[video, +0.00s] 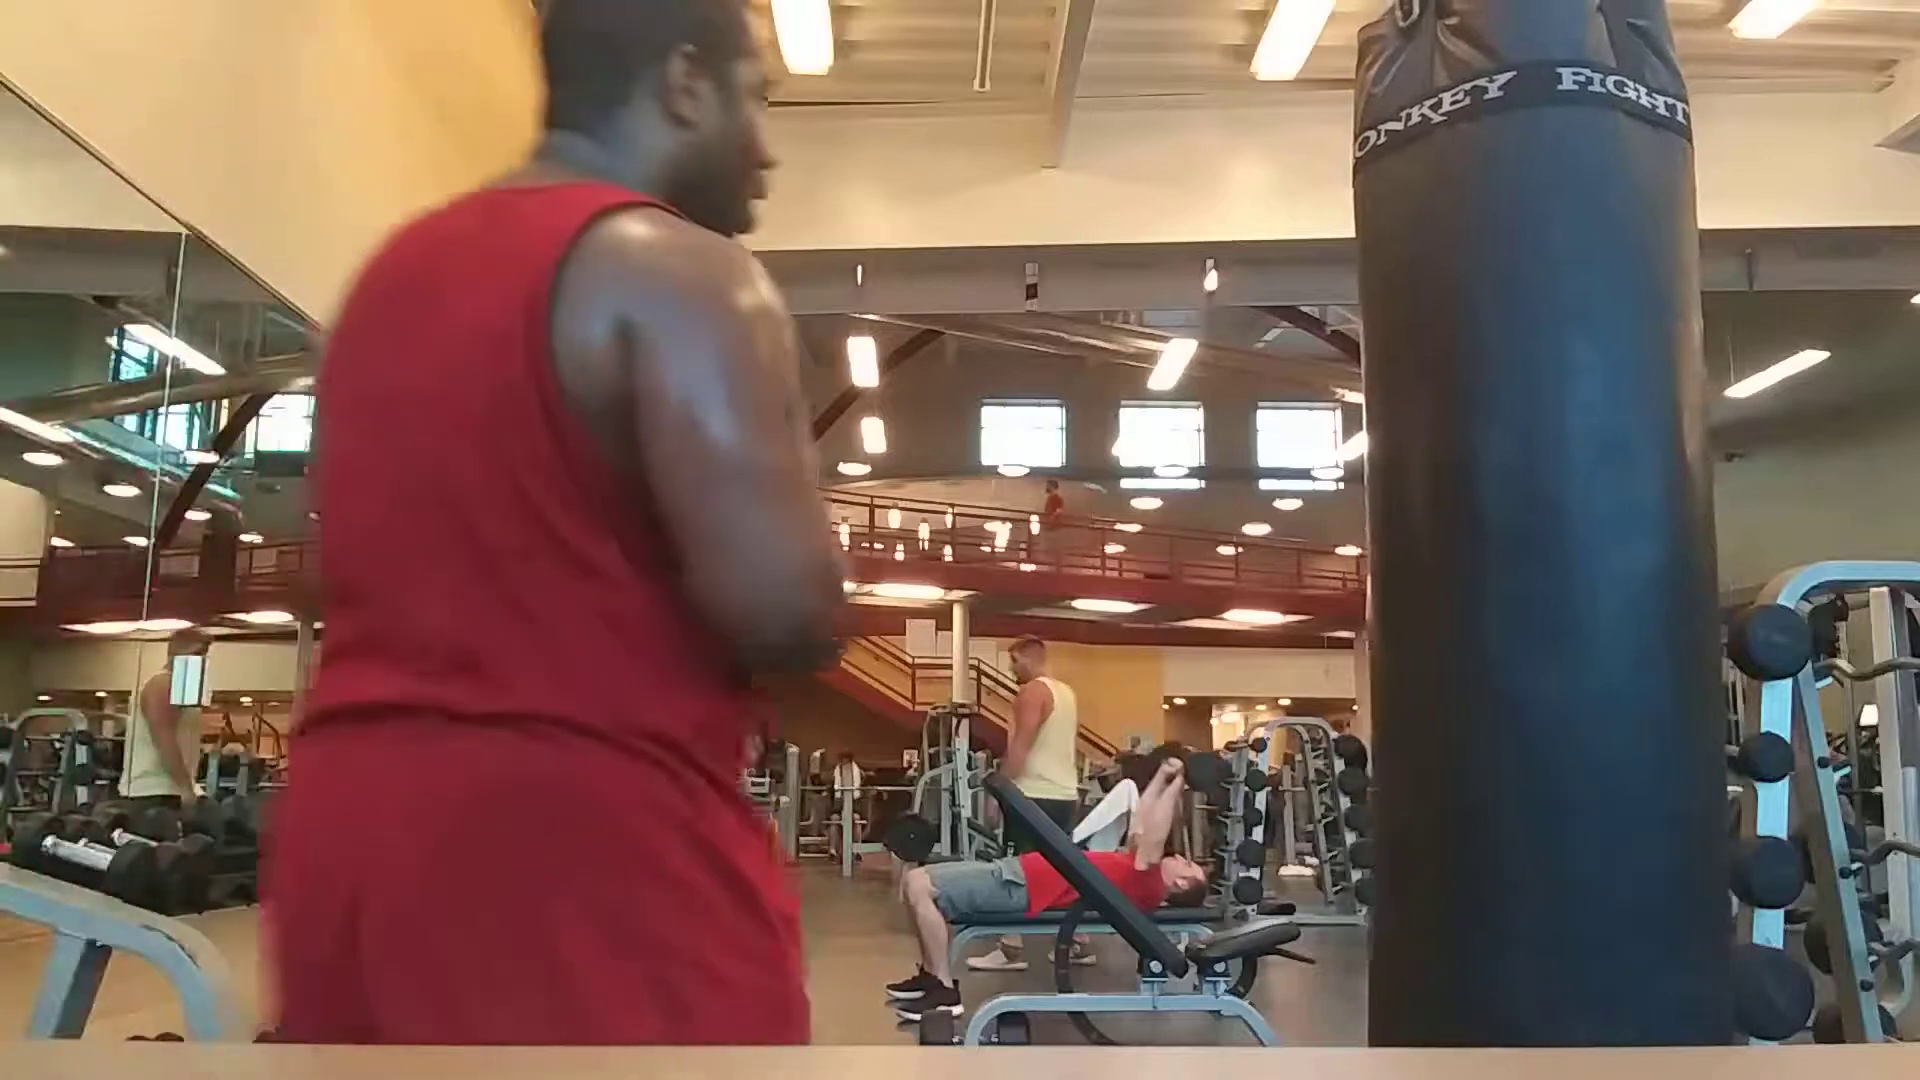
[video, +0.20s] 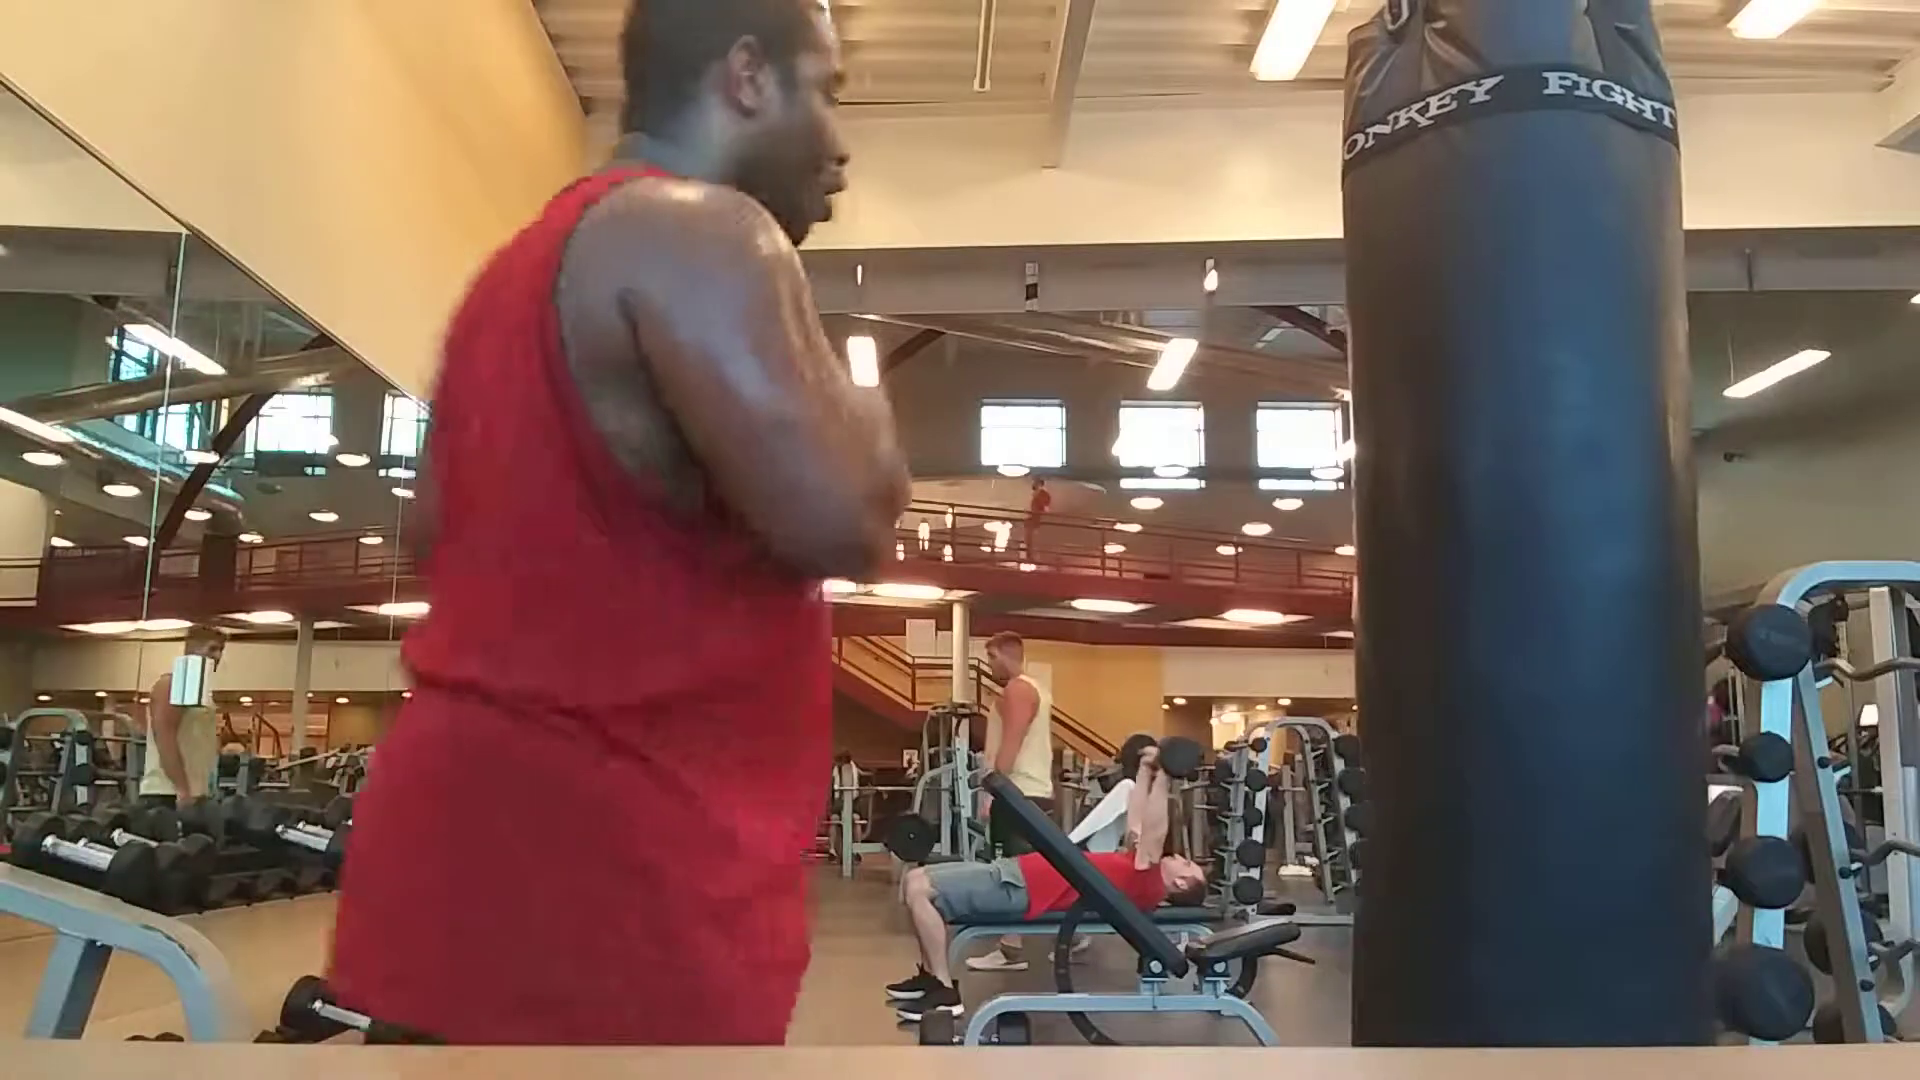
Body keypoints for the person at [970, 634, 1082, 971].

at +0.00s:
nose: (1013, 668)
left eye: (1014, 662)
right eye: (1012, 662)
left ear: (1027, 658)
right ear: (1041, 657)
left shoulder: (1032, 691)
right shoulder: (1066, 692)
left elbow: (1019, 749)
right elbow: (1067, 747)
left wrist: (999, 789)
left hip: (1031, 798)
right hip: (1064, 799)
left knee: (1018, 870)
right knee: (1066, 869)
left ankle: (1010, 945)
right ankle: (1078, 940)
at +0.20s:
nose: (989, 666)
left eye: (991, 659)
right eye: (988, 659)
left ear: (1007, 656)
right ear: (1016, 656)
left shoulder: (1018, 690)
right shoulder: (1030, 688)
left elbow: (1012, 743)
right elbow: (1019, 742)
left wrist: (992, 789)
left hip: (1017, 795)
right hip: (1034, 794)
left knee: (1011, 868)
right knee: (1045, 866)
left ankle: (1011, 946)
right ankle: (1074, 930)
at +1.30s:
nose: (877, 661)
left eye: (883, 655)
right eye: (877, 656)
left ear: (902, 657)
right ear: (882, 660)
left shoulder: (922, 689)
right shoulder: (879, 697)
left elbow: (936, 744)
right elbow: (872, 740)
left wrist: (911, 791)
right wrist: (854, 766)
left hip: (916, 798)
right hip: (884, 799)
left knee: (900, 876)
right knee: (893, 877)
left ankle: (904, 948)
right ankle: (910, 945)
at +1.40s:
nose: (871, 661)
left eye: (876, 654)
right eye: (868, 655)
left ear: (896, 653)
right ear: (869, 658)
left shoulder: (917, 693)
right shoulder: (871, 694)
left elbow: (929, 748)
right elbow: (855, 744)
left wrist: (906, 794)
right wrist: (831, 786)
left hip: (907, 803)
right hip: (876, 803)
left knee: (886, 880)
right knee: (897, 882)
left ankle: (875, 954)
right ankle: (910, 949)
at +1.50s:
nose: (863, 661)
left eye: (869, 655)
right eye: (860, 656)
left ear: (889, 655)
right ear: (860, 658)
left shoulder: (911, 694)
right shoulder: (860, 694)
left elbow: (922, 751)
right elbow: (845, 744)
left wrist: (910, 802)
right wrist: (823, 786)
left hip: (893, 800)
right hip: (862, 800)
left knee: (876, 876)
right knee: (886, 878)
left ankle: (868, 955)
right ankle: (905, 946)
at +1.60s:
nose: (858, 659)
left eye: (864, 653)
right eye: (855, 654)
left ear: (883, 653)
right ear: (853, 656)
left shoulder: (903, 692)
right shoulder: (851, 693)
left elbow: (918, 751)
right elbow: (839, 741)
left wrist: (916, 804)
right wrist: (819, 785)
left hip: (886, 797)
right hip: (854, 798)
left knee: (865, 878)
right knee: (883, 879)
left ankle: (862, 957)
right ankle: (902, 947)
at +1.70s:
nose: (847, 663)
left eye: (852, 655)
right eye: (844, 657)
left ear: (875, 647)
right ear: (841, 656)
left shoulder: (898, 690)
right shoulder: (844, 688)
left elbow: (916, 749)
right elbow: (830, 739)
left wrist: (917, 802)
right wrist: (814, 783)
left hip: (878, 795)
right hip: (844, 797)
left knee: (861, 877)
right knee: (847, 875)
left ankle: (863, 957)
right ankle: (889, 927)